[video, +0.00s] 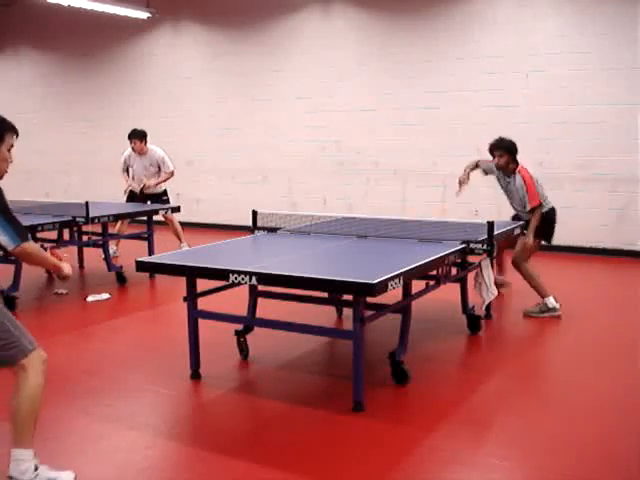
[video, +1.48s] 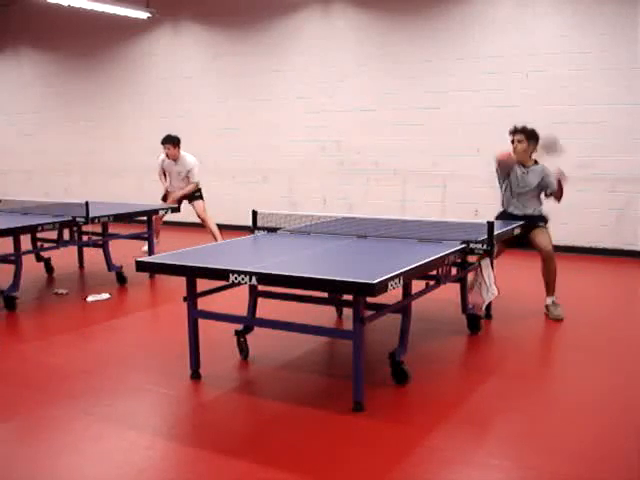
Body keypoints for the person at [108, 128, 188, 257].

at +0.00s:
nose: (132, 146)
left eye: (135, 143)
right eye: (131, 143)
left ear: (143, 142)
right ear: (130, 143)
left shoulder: (157, 154)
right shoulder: (128, 155)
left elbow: (170, 172)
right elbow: (124, 171)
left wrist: (154, 182)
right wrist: (128, 182)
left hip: (157, 193)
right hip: (136, 191)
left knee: (168, 217)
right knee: (123, 218)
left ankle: (183, 243)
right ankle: (114, 246)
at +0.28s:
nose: (125, 140)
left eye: (128, 136)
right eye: (124, 136)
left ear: (136, 136)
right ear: (123, 136)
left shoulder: (148, 151)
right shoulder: (119, 149)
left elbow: (158, 170)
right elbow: (114, 163)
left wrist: (140, 176)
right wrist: (114, 177)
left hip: (147, 194)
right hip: (126, 193)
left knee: (161, 217)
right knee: (115, 218)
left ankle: (179, 242)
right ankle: (119, 247)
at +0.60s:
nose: (134, 156)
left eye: (137, 153)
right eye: (132, 153)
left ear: (143, 153)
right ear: (129, 153)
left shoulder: (151, 168)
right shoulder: (123, 165)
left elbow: (162, 187)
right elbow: (114, 184)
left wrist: (167, 200)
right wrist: (131, 192)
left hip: (142, 204)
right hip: (122, 203)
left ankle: (160, 251)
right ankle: (94, 248)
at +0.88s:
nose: (148, 160)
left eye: (150, 156)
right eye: (144, 158)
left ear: (153, 155)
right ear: (139, 159)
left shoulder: (160, 165)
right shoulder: (135, 167)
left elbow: (174, 178)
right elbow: (127, 185)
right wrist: (138, 198)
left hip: (157, 200)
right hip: (141, 201)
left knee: (155, 220)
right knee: (117, 223)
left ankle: (165, 252)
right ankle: (97, 247)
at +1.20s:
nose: (144, 148)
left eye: (147, 145)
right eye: (143, 145)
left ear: (155, 144)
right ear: (141, 145)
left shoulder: (168, 155)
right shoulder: (143, 156)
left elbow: (168, 175)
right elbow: (134, 166)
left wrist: (141, 173)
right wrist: (128, 174)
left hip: (176, 189)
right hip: (159, 190)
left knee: (179, 215)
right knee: (147, 217)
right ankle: (145, 245)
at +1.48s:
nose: (166, 152)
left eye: (168, 149)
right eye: (164, 149)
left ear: (177, 149)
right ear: (163, 149)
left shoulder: (190, 162)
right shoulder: (163, 160)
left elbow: (194, 184)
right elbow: (161, 173)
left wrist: (178, 195)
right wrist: (165, 186)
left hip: (190, 189)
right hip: (173, 189)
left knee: (201, 214)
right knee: (157, 217)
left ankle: (220, 241)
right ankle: (153, 242)